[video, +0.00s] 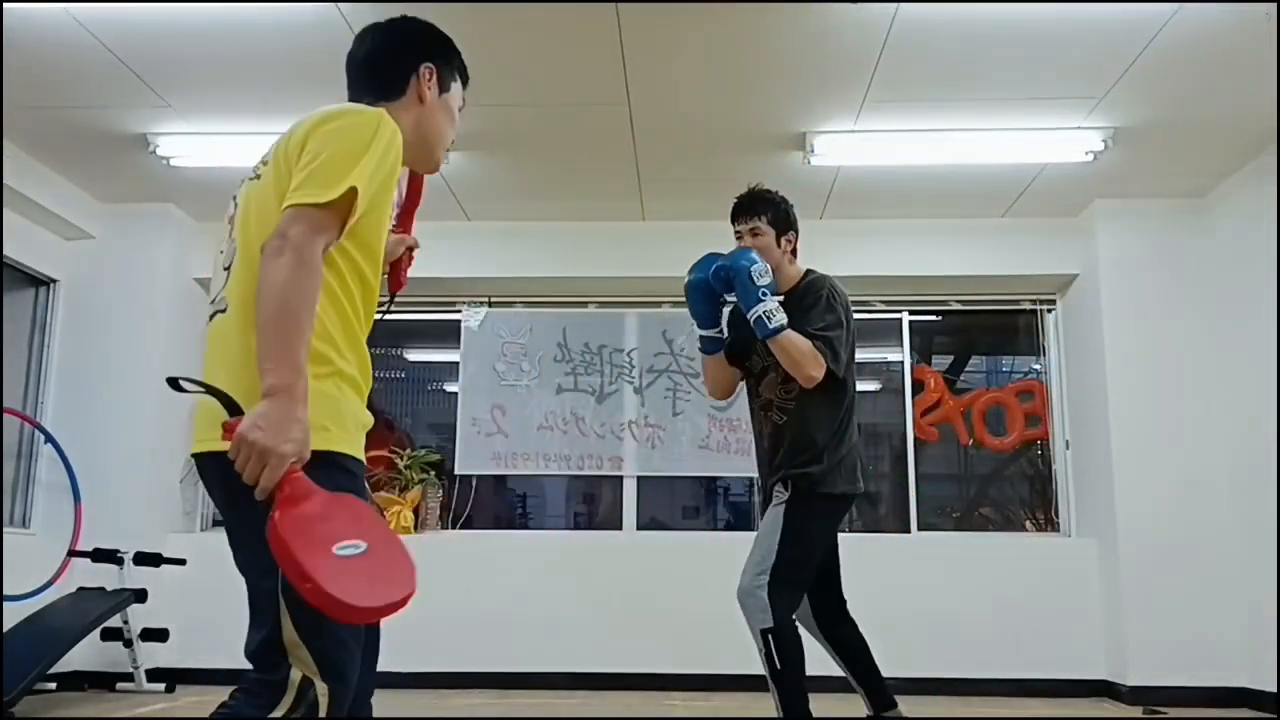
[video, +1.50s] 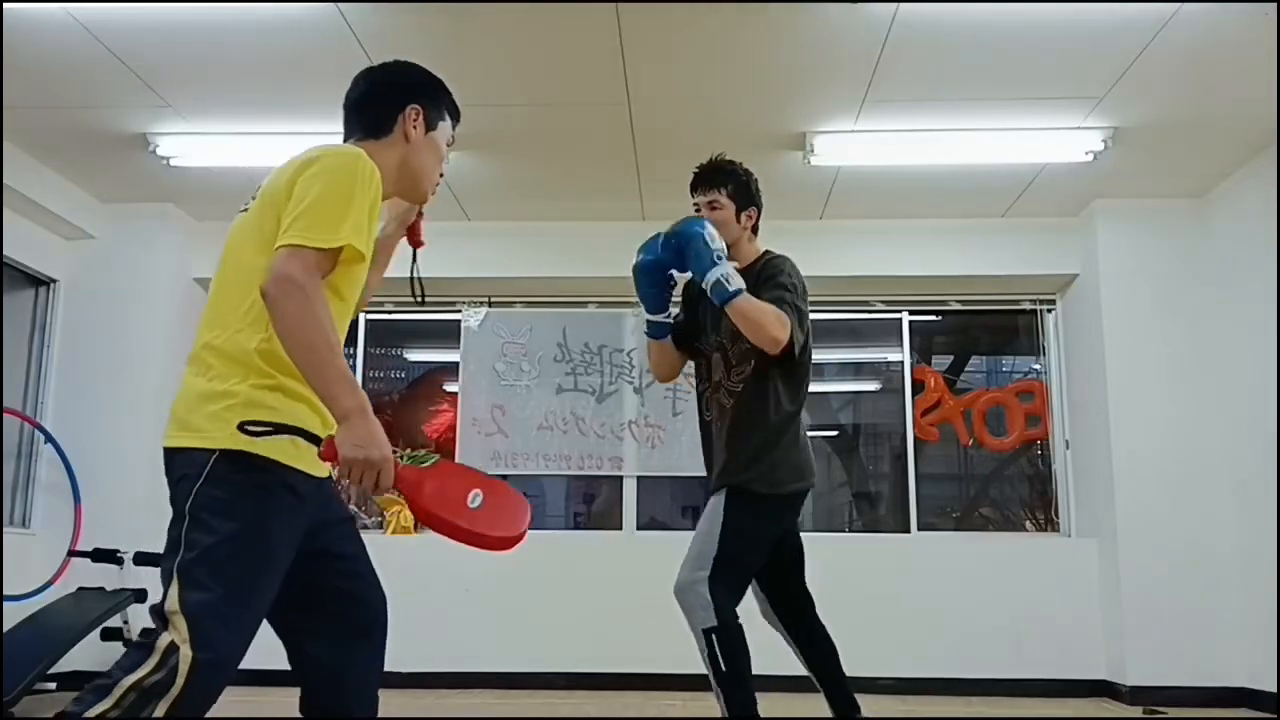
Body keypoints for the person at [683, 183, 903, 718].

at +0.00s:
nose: (744, 248)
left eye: (754, 235)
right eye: (738, 238)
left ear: (788, 240)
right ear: (737, 246)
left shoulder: (823, 295)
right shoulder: (752, 310)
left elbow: (812, 371)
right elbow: (721, 389)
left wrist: (760, 302)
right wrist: (709, 325)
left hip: (818, 475)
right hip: (785, 476)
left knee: (761, 594)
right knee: (820, 607)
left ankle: (796, 715)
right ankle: (885, 709)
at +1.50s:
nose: (701, 217)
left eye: (713, 205)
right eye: (695, 207)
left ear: (749, 216)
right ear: (696, 219)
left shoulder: (777, 274)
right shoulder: (704, 288)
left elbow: (775, 335)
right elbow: (665, 368)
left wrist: (716, 272)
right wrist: (656, 310)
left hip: (766, 470)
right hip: (742, 470)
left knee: (699, 591)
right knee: (787, 606)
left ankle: (742, 714)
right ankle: (848, 711)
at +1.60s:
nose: (687, 214)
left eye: (699, 200)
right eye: (681, 206)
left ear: (738, 208)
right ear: (682, 214)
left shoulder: (759, 253)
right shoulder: (704, 281)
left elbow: (702, 256)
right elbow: (669, 358)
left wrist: (631, 201)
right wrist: (654, 299)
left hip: (756, 460)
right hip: (761, 462)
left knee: (680, 577)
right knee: (758, 598)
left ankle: (728, 713)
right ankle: (836, 709)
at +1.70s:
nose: (690, 229)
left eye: (704, 216)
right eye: (687, 218)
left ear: (742, 222)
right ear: (684, 223)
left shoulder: (756, 272)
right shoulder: (705, 291)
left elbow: (684, 276)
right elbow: (658, 374)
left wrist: (611, 206)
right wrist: (653, 313)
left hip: (748, 476)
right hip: (727, 476)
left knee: (679, 625)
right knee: (762, 625)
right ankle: (843, 713)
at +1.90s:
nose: (655, 257)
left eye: (662, 244)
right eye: (652, 247)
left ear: (699, 243)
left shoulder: (721, 287)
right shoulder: (659, 321)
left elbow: (736, 348)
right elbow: (698, 405)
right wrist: (665, 362)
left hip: (736, 494)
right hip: (773, 499)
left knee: (629, 604)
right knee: (733, 606)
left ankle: (650, 712)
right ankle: (801, 711)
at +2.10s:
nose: (660, 243)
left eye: (672, 231)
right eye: (656, 235)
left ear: (709, 238)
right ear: (655, 247)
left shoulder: (756, 303)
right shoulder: (658, 326)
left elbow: (838, 371)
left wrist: (786, 414)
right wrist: (606, 335)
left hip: (742, 497)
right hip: (688, 500)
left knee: (657, 595)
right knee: (716, 648)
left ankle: (660, 712)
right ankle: (795, 717)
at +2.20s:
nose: (669, 226)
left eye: (683, 214)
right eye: (661, 217)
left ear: (716, 226)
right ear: (654, 228)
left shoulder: (754, 299)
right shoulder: (631, 291)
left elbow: (827, 378)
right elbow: (546, 288)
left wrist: (804, 378)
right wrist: (548, 233)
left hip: (734, 484)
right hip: (668, 487)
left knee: (659, 587)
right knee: (733, 624)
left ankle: (662, 714)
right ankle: (804, 714)